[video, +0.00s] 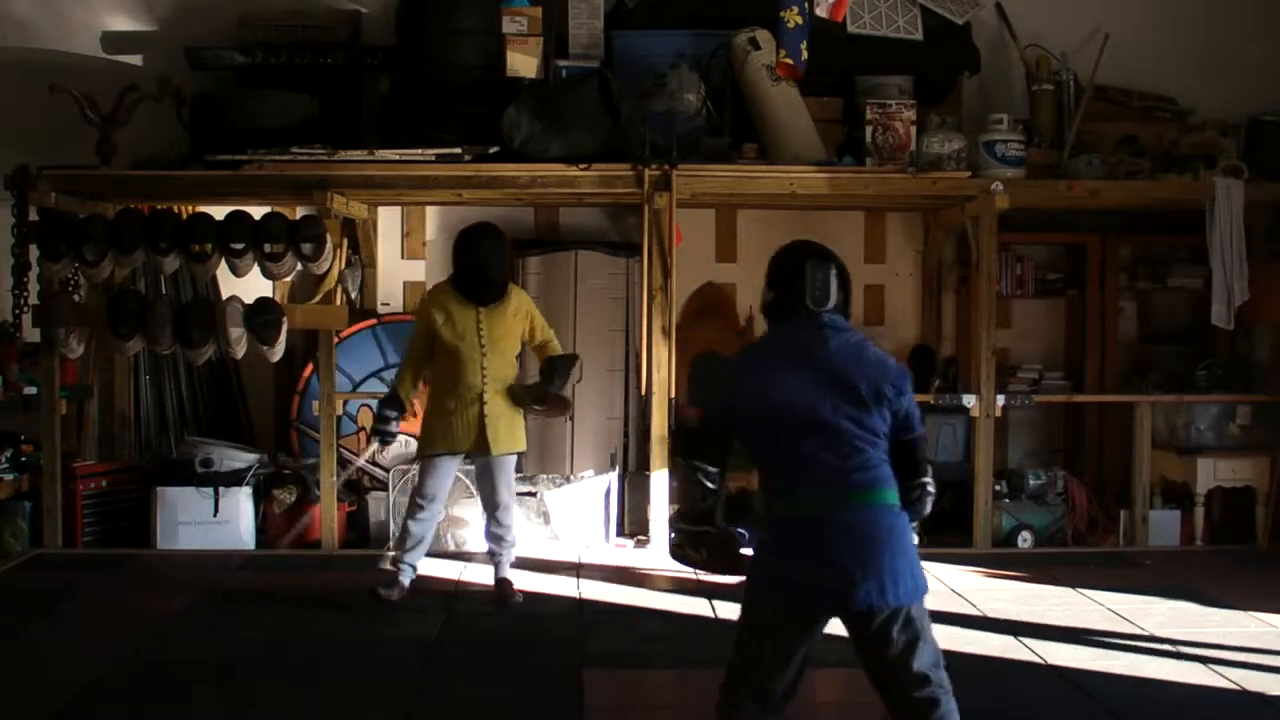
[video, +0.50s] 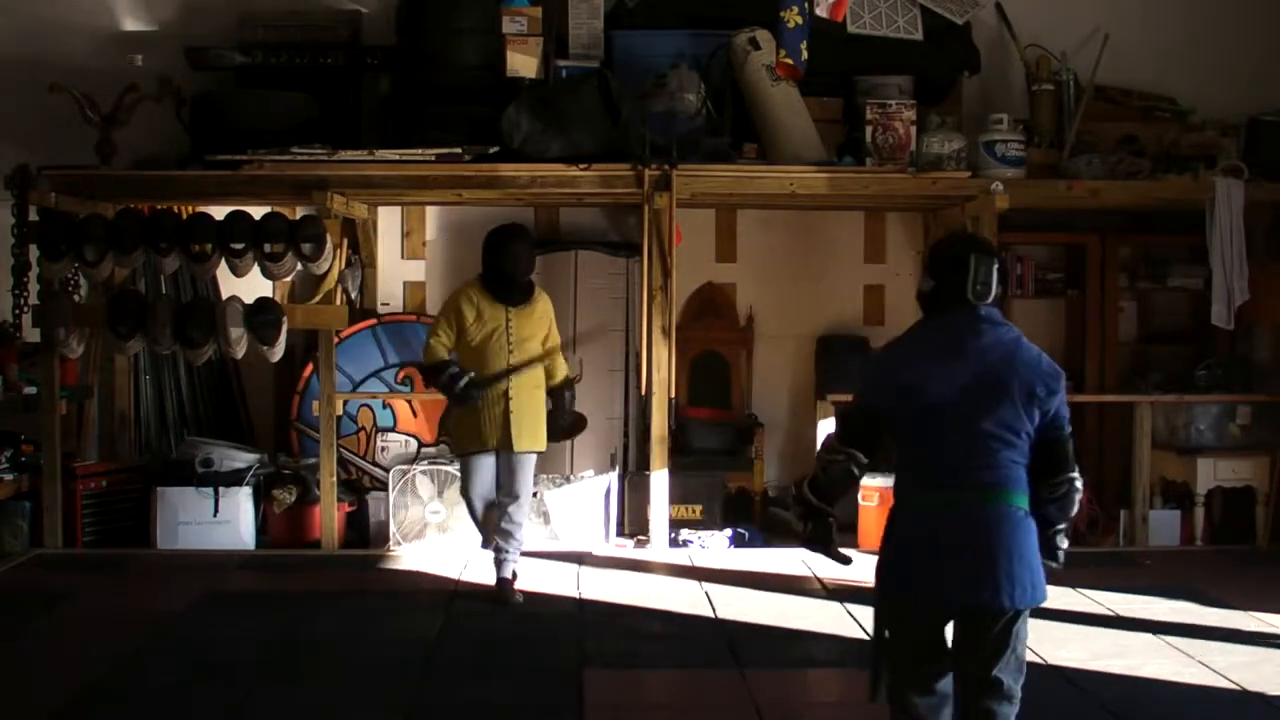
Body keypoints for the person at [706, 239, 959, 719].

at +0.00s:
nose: (765, 298)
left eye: (770, 289)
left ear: (772, 296)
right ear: (841, 296)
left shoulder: (749, 368)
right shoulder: (883, 370)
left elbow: (708, 458)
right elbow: (916, 482)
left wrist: (701, 523)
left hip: (791, 550)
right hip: (878, 546)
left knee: (752, 696)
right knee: (926, 694)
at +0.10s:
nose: (803, 309)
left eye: (808, 299)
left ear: (815, 306)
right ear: (883, 306)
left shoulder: (786, 377)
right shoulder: (928, 381)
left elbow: (735, 486)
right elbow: (952, 501)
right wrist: (905, 543)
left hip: (820, 564)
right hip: (910, 564)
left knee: (768, 703)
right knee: (947, 705)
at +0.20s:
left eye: (856, 297)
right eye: (907, 296)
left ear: (857, 303)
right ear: (919, 302)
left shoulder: (834, 373)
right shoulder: (955, 370)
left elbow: (787, 468)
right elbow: (987, 483)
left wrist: (778, 547)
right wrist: (966, 549)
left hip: (861, 557)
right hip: (944, 558)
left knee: (795, 701)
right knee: (977, 704)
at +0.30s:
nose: (881, 299)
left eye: (886, 290)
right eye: (887, 289)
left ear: (890, 295)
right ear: (949, 296)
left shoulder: (862, 364)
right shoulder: (996, 372)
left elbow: (823, 463)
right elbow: (1018, 489)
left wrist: (798, 523)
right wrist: (988, 538)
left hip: (886, 554)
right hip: (970, 555)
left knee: (834, 695)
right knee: (981, 701)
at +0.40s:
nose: (904, 291)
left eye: (909, 282)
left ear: (912, 288)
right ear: (976, 291)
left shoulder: (883, 360)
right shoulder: (1021, 368)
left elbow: (833, 461)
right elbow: (1043, 487)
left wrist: (811, 511)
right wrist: (1018, 544)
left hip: (901, 553)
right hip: (988, 553)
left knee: (879, 692)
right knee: (986, 700)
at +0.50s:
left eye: (926, 281)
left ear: (928, 287)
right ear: (993, 290)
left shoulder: (897, 359)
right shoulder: (1035, 367)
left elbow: (850, 451)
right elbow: (1058, 479)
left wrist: (812, 503)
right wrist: (1049, 542)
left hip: (914, 551)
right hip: (1001, 552)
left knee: (918, 690)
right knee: (995, 693)